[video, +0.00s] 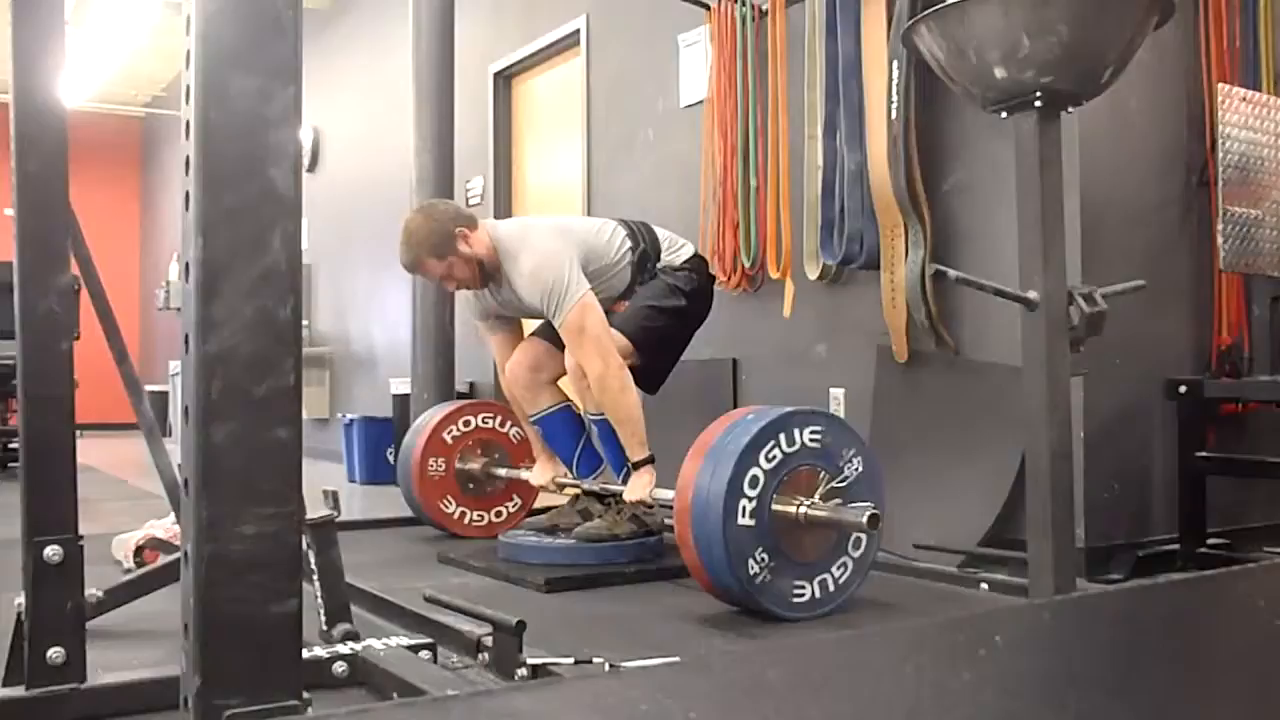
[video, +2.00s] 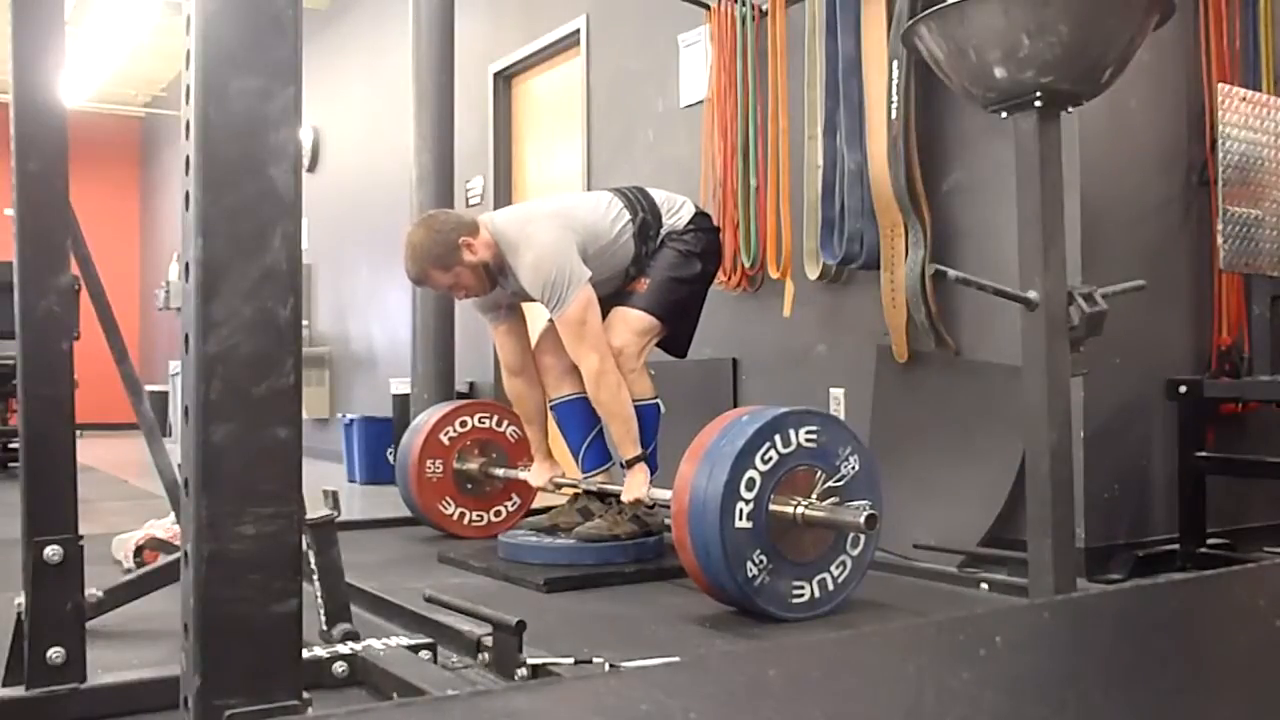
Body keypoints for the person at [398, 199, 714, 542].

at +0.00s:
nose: (449, 287)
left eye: (448, 274)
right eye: (440, 282)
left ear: (466, 238)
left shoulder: (538, 258)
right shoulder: (481, 287)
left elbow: (599, 363)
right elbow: (513, 372)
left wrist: (642, 467)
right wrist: (543, 457)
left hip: (673, 273)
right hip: (606, 290)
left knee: (585, 364)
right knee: (523, 373)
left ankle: (629, 490)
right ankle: (595, 487)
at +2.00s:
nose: (458, 298)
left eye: (455, 286)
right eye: (449, 294)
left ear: (470, 248)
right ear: (469, 247)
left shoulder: (540, 250)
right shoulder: (486, 281)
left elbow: (597, 361)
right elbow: (516, 371)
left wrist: (635, 465)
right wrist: (541, 458)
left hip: (680, 233)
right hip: (617, 256)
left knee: (620, 348)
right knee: (549, 356)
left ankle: (639, 494)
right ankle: (600, 490)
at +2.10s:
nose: (457, 298)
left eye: (454, 286)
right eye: (447, 294)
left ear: (469, 249)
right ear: (469, 248)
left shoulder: (539, 249)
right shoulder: (484, 281)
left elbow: (597, 360)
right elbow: (516, 371)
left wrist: (635, 465)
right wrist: (541, 458)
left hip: (679, 233)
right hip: (617, 256)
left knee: (620, 348)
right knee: (548, 356)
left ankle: (640, 494)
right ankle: (599, 490)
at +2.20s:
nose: (456, 299)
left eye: (453, 286)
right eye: (446, 294)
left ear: (468, 250)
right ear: (468, 249)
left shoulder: (537, 249)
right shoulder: (483, 281)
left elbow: (597, 361)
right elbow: (515, 371)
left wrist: (635, 465)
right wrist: (541, 458)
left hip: (679, 233)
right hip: (618, 256)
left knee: (619, 349)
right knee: (548, 355)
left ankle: (640, 496)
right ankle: (601, 490)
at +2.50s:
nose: (454, 300)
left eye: (449, 287)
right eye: (443, 295)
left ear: (465, 251)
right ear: (465, 251)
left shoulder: (535, 250)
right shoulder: (483, 284)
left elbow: (597, 362)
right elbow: (514, 372)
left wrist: (635, 464)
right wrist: (541, 458)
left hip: (677, 232)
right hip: (617, 254)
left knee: (619, 348)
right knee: (548, 356)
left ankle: (639, 496)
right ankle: (600, 491)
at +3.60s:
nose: (438, 278)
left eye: (439, 263)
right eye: (429, 270)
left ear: (463, 230)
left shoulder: (539, 260)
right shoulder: (476, 288)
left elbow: (606, 367)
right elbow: (511, 379)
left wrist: (635, 470)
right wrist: (539, 458)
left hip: (669, 294)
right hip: (606, 308)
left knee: (570, 374)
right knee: (513, 381)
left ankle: (629, 494)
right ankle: (590, 492)